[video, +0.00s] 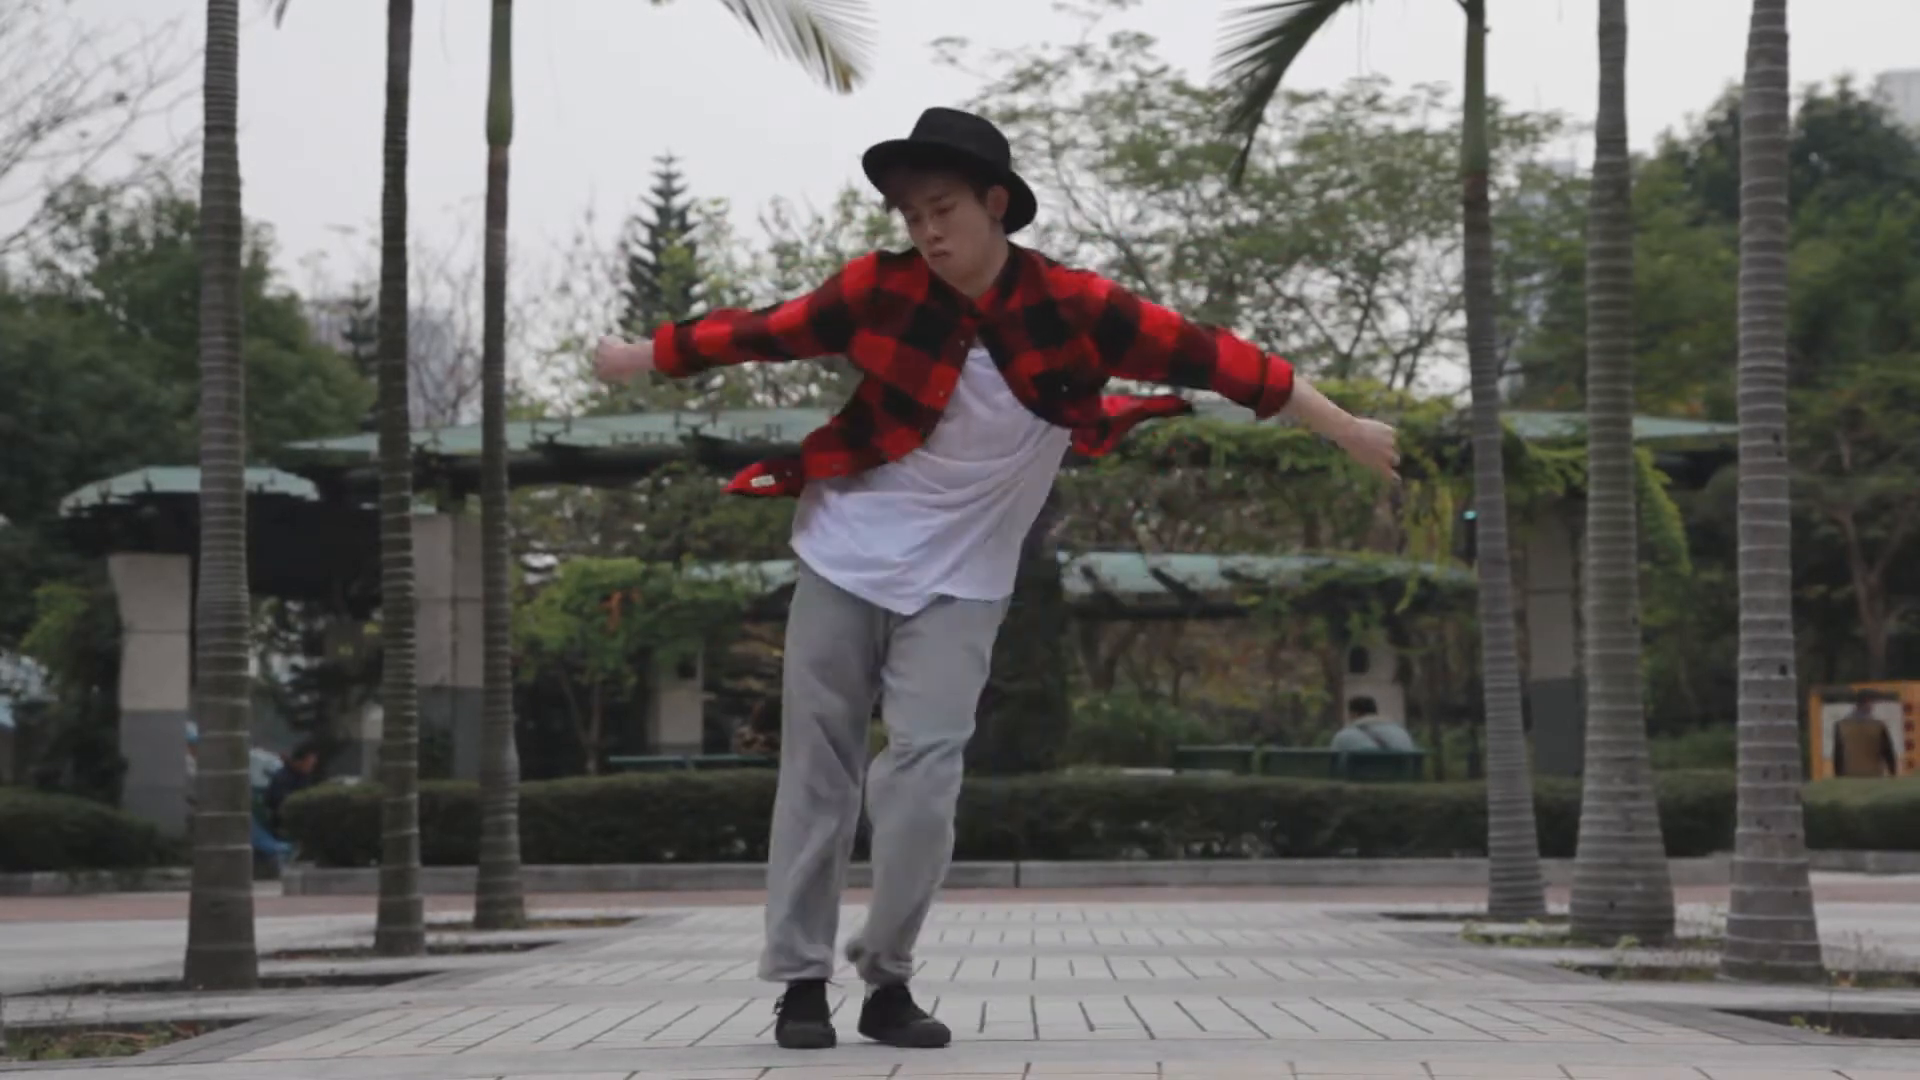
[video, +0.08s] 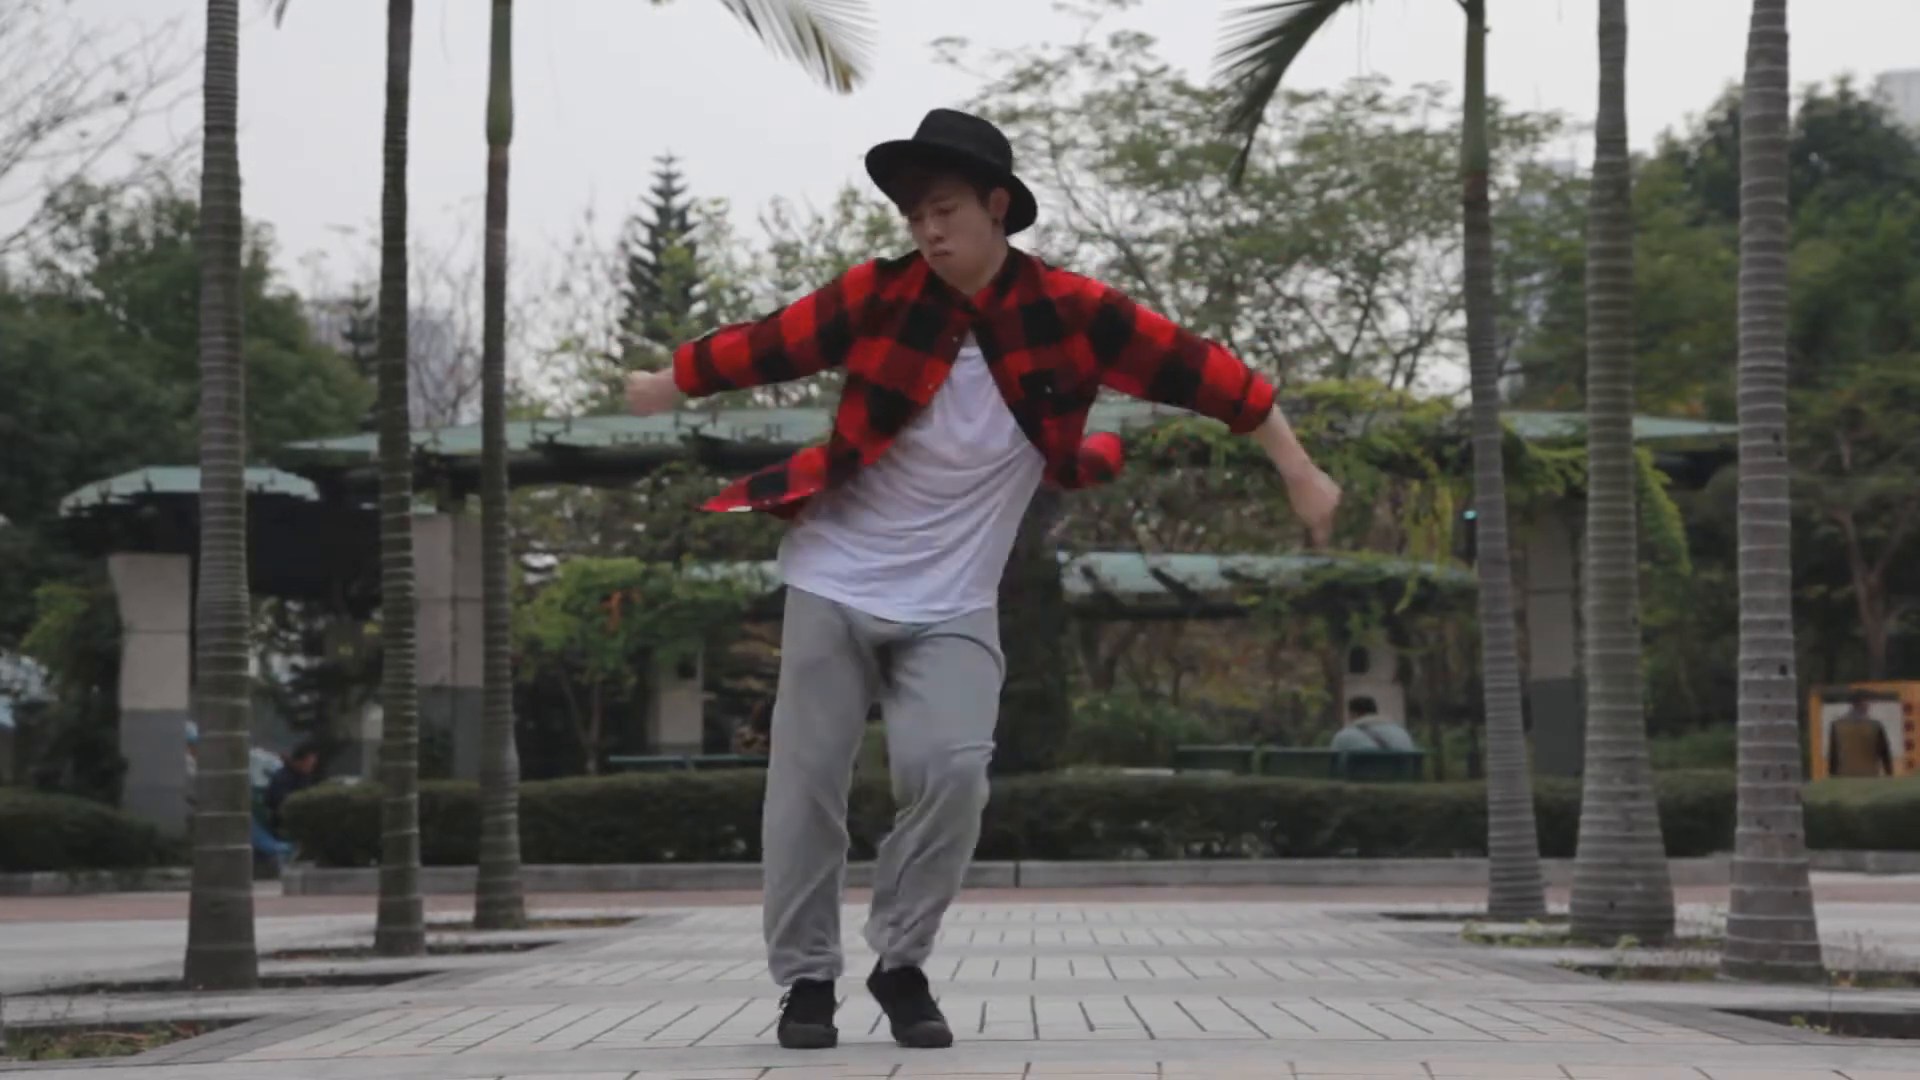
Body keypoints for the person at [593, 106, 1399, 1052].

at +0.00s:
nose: (927, 231)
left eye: (943, 208)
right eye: (912, 216)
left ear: (998, 202)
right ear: (903, 223)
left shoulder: (1072, 306)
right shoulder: (877, 290)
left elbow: (1207, 353)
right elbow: (766, 330)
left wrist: (1339, 423)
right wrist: (651, 354)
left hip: (964, 574)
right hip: (846, 550)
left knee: (930, 758)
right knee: (818, 762)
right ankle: (801, 983)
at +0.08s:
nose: (930, 230)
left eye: (948, 208)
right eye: (919, 214)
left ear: (1002, 208)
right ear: (909, 220)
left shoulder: (1067, 308)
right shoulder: (878, 293)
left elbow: (1197, 366)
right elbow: (772, 344)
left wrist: (1297, 467)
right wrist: (670, 381)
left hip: (954, 601)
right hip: (831, 577)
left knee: (952, 770)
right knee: (807, 776)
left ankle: (901, 965)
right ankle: (807, 980)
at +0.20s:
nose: (926, 199)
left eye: (945, 180)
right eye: (911, 182)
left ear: (994, 180)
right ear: (897, 185)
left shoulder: (1058, 268)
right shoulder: (866, 253)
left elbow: (1125, 356)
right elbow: (804, 350)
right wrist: (751, 452)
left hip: (989, 562)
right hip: (861, 559)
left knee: (1011, 746)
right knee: (836, 773)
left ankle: (993, 947)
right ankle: (857, 975)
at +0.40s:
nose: (910, 201)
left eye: (929, 184)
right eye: (892, 181)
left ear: (957, 185)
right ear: (862, 181)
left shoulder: (1007, 247)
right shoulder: (827, 292)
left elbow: (1062, 346)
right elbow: (820, 414)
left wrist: (1068, 368)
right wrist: (833, 471)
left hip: (1068, 531)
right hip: (948, 558)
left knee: (1092, 728)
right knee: (954, 748)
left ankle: (1069, 956)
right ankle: (956, 957)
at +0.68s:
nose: (929, 252)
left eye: (947, 234)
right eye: (909, 233)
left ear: (973, 239)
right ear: (876, 240)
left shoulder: (1030, 315)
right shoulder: (835, 339)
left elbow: (1106, 443)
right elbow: (775, 470)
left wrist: (1080, 428)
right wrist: (798, 438)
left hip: (1027, 545)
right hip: (919, 568)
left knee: (1007, 658)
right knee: (936, 763)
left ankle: (1029, 863)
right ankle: (999, 963)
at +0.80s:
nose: (922, 272)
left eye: (944, 252)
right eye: (905, 256)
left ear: (985, 263)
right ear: (885, 269)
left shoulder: (1037, 361)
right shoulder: (845, 354)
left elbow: (1112, 462)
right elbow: (782, 447)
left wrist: (1119, 535)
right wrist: (814, 462)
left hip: (988, 576)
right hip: (875, 585)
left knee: (895, 575)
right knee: (925, 789)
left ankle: (846, 792)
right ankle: (1010, 974)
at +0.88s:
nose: (925, 245)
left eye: (946, 226)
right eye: (907, 229)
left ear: (988, 238)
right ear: (889, 241)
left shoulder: (1035, 347)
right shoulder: (840, 321)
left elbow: (1092, 476)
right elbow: (807, 431)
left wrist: (1140, 597)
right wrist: (863, 464)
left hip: (956, 562)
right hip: (852, 560)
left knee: (832, 612)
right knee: (905, 784)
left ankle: (763, 820)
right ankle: (1008, 970)